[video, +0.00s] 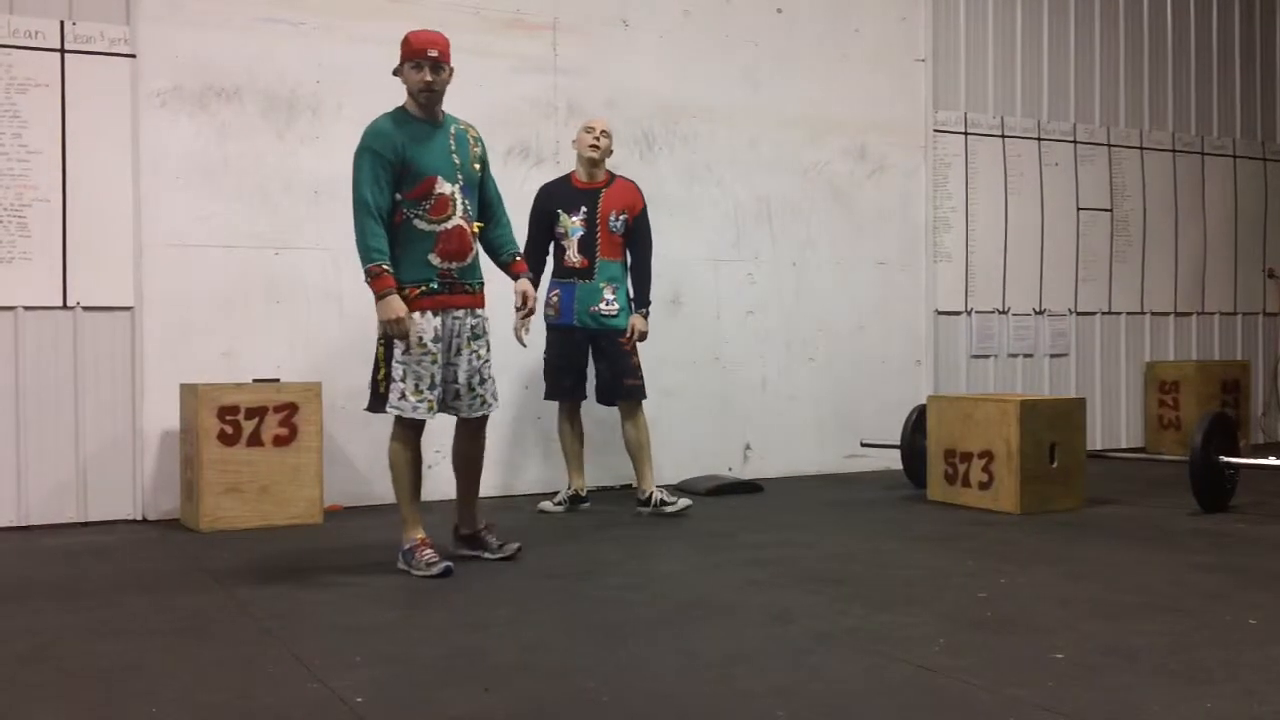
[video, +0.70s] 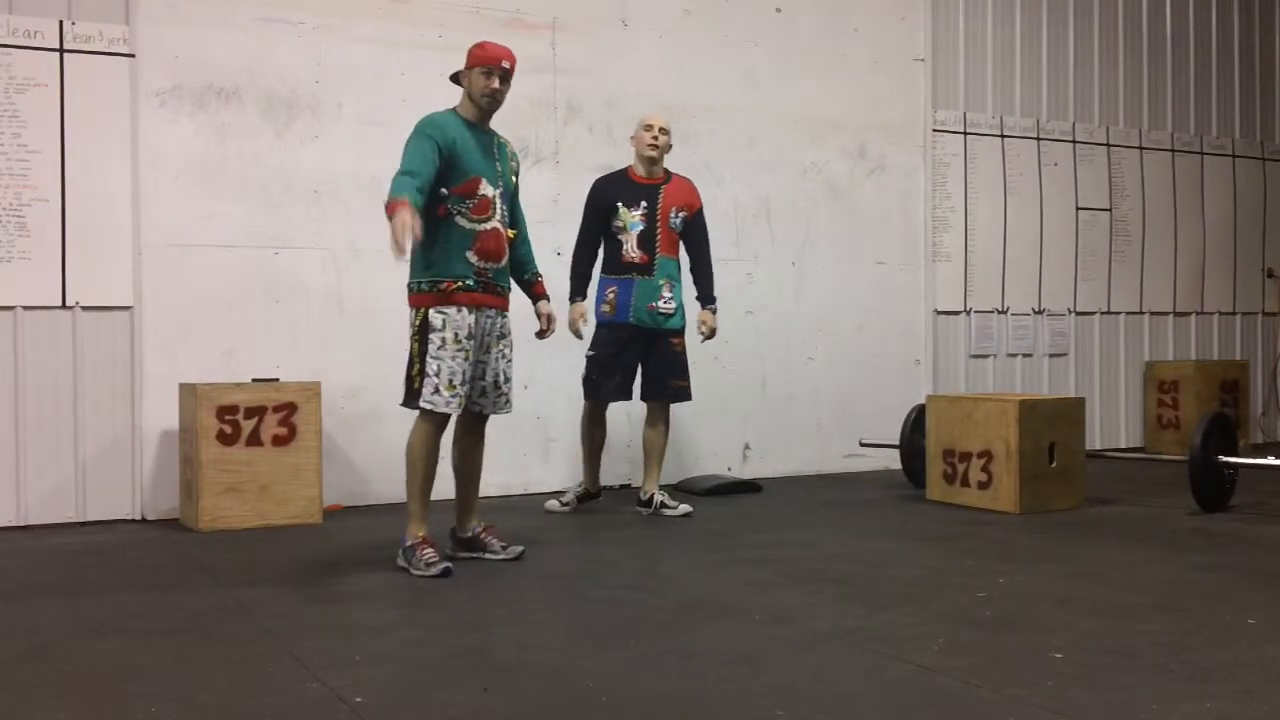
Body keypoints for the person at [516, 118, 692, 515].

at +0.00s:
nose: (597, 138)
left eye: (604, 135)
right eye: (590, 132)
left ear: (611, 150)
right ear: (575, 143)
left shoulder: (628, 193)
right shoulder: (551, 194)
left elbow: (641, 255)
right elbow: (534, 253)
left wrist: (641, 310)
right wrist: (525, 302)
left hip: (614, 315)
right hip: (565, 316)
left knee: (630, 403)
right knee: (568, 402)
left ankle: (647, 491)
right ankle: (576, 488)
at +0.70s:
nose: (656, 136)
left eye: (662, 132)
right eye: (649, 130)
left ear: (670, 145)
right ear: (634, 140)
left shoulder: (684, 191)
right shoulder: (606, 188)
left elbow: (698, 251)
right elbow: (585, 246)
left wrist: (707, 305)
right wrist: (577, 298)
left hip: (665, 317)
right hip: (614, 315)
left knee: (659, 404)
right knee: (595, 400)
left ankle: (649, 491)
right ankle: (589, 485)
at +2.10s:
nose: (597, 142)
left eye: (604, 136)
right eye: (590, 135)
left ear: (613, 143)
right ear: (576, 141)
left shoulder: (631, 190)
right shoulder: (553, 191)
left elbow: (644, 249)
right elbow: (534, 252)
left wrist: (649, 302)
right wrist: (526, 305)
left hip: (620, 318)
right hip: (570, 318)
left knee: (635, 405)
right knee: (570, 405)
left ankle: (649, 492)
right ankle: (574, 489)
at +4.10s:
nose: (647, 146)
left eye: (652, 139)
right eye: (639, 139)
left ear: (658, 141)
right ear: (619, 138)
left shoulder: (667, 184)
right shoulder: (594, 186)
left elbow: (677, 248)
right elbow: (575, 252)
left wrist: (679, 303)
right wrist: (579, 309)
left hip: (658, 314)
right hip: (610, 314)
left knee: (665, 398)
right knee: (611, 403)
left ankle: (648, 483)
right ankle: (611, 490)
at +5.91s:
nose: (645, 126)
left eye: (649, 120)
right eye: (636, 120)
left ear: (656, 128)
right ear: (618, 129)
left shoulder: (671, 183)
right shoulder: (598, 181)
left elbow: (685, 246)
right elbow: (585, 247)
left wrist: (693, 300)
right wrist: (596, 301)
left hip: (663, 310)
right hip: (619, 311)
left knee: (656, 403)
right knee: (617, 402)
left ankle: (648, 491)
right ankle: (617, 492)